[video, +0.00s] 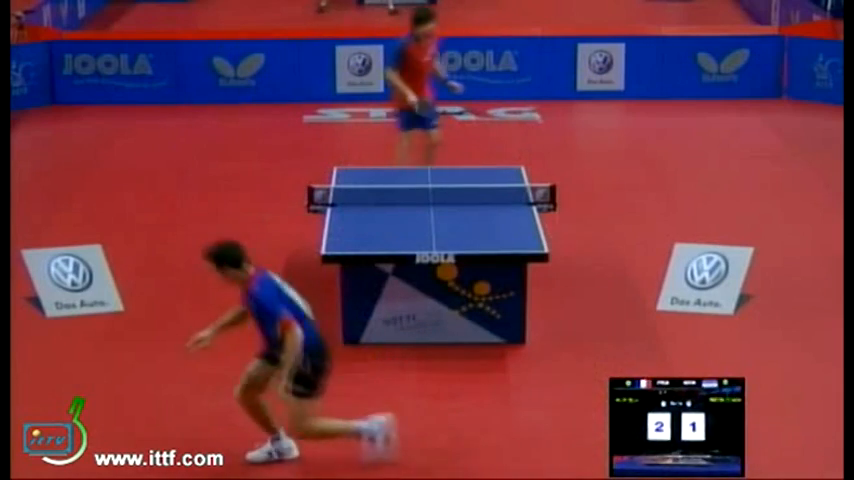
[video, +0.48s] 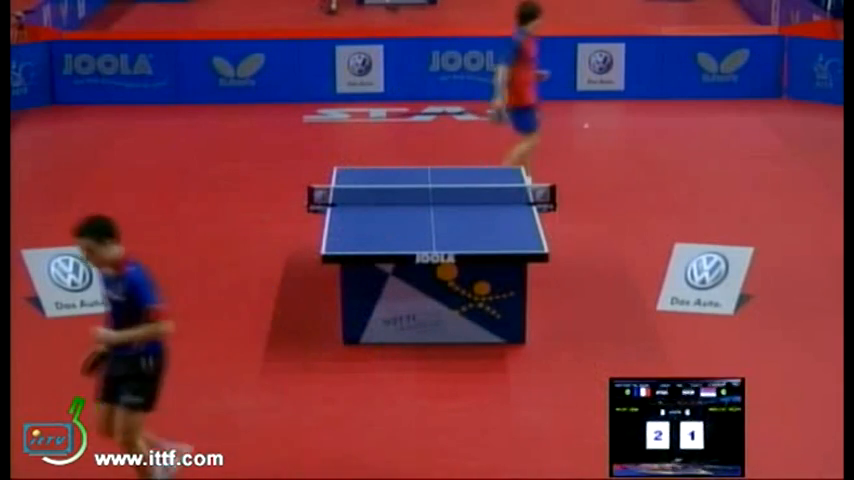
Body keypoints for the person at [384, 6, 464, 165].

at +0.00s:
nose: (430, 31)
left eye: (432, 26)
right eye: (426, 27)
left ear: (434, 26)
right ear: (417, 27)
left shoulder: (431, 44)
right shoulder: (405, 46)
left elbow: (432, 65)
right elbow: (390, 72)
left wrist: (447, 81)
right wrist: (409, 94)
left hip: (425, 97)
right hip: (406, 99)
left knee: (434, 138)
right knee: (406, 139)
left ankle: (427, 174)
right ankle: (401, 176)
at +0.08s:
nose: (447, 31)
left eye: (449, 26)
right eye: (443, 27)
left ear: (451, 24)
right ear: (433, 25)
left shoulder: (449, 43)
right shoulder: (422, 44)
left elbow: (452, 65)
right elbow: (405, 68)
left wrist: (463, 84)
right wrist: (419, 95)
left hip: (444, 97)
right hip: (426, 98)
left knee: (454, 134)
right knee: (432, 137)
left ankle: (447, 173)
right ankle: (430, 177)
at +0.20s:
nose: (474, 32)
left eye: (476, 28)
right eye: (470, 28)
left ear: (478, 29)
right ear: (461, 30)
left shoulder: (476, 49)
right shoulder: (449, 50)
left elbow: (479, 71)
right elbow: (431, 73)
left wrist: (486, 86)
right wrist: (434, 100)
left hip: (470, 103)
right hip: (453, 105)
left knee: (484, 140)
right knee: (467, 144)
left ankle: (487, 178)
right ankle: (454, 182)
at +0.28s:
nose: (499, 30)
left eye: (498, 26)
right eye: (495, 26)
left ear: (491, 28)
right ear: (486, 28)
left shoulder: (492, 47)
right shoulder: (470, 51)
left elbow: (489, 72)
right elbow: (458, 78)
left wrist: (498, 84)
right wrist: (454, 103)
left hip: (487, 102)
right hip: (472, 105)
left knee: (500, 141)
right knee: (478, 145)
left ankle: (511, 177)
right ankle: (457, 178)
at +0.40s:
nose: (524, 27)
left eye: (524, 23)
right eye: (522, 23)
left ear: (510, 23)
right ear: (513, 24)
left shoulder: (514, 45)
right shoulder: (499, 46)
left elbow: (507, 73)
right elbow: (484, 74)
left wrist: (521, 78)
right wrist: (476, 102)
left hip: (514, 101)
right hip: (503, 102)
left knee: (523, 142)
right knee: (510, 142)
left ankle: (524, 181)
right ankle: (479, 171)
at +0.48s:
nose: (540, 23)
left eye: (539, 18)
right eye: (537, 19)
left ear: (525, 18)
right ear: (531, 19)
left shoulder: (531, 41)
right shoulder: (516, 42)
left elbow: (524, 70)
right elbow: (502, 70)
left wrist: (537, 74)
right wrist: (500, 99)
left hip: (529, 96)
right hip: (518, 97)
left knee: (529, 137)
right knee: (531, 136)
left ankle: (524, 176)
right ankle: (506, 170)